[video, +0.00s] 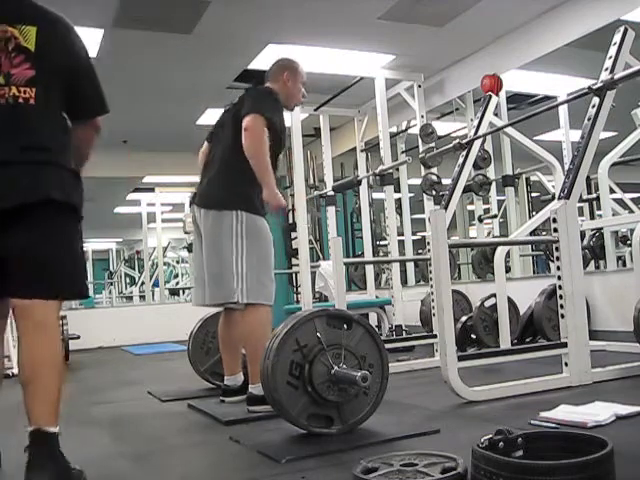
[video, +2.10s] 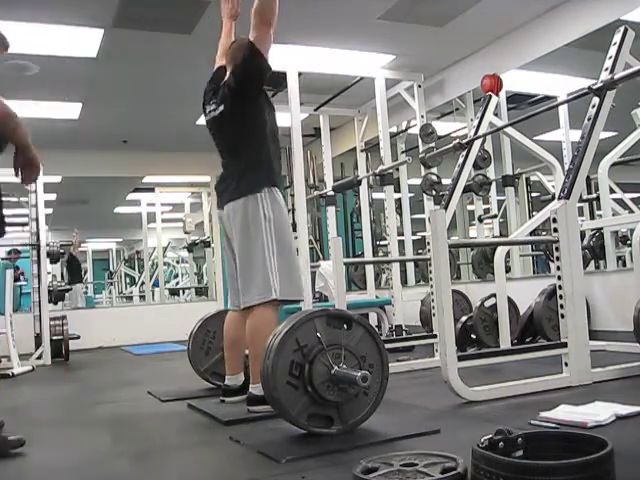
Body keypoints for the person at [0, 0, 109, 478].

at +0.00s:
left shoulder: (48, 25)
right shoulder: (46, 24)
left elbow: (88, 116)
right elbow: (90, 116)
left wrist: (66, 172)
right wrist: (67, 170)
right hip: (34, 183)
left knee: (36, 312)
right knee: (37, 313)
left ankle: (43, 447)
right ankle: (43, 447)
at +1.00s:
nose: (62, 52)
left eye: (63, 47)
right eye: (64, 45)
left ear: (20, 34)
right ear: (55, 39)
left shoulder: (0, 64)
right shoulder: (64, 74)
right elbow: (90, 114)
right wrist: (49, 124)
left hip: (0, 212)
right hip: (49, 212)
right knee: (48, 310)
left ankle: (58, 411)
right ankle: (57, 413)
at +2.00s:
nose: (7, 62)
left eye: (6, 58)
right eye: (5, 57)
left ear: (7, 56)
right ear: (1, 53)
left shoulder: (9, 92)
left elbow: (20, 102)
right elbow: (21, 102)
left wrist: (25, 133)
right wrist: (26, 134)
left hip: (3, 222)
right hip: (1, 224)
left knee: (4, 300)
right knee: (3, 299)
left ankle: (3, 412)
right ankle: (2, 414)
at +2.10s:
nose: (5, 46)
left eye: (5, 42)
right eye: (2, 41)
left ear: (4, 47)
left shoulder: (2, 107)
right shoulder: (1, 107)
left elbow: (6, 118)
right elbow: (7, 119)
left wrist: (23, 145)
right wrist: (24, 147)